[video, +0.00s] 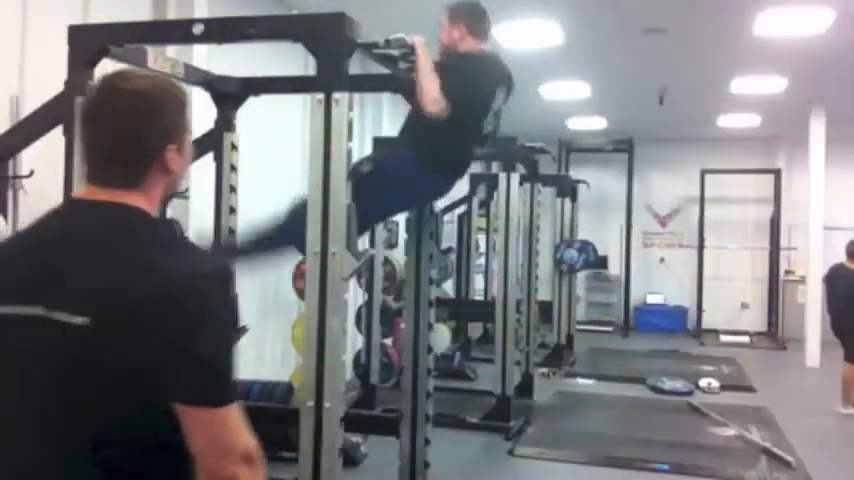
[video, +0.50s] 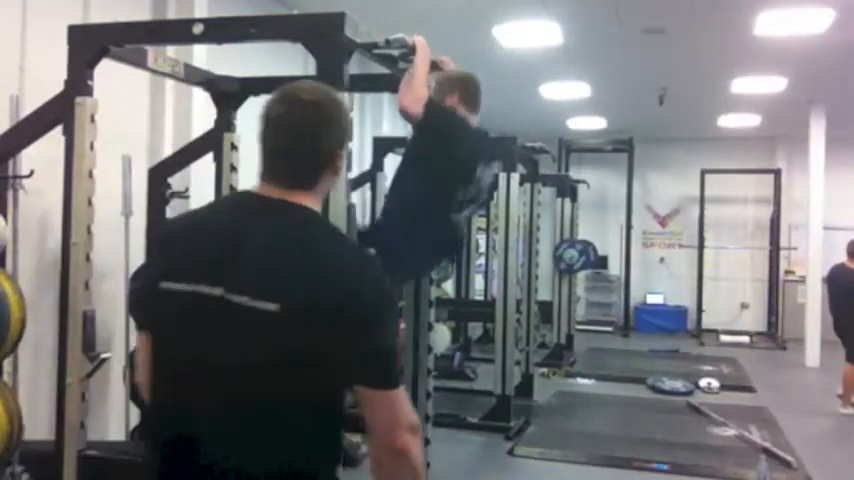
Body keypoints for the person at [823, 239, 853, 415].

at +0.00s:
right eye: (853, 252)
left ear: (846, 253)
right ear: (852, 253)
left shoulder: (834, 272)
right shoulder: (842, 273)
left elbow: (831, 305)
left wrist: (837, 325)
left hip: (840, 326)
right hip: (848, 326)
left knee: (849, 363)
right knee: (849, 363)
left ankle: (847, 402)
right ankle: (847, 403)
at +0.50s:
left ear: (847, 253)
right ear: (852, 253)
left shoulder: (835, 271)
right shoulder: (842, 273)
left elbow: (833, 303)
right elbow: (835, 304)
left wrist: (837, 318)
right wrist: (839, 319)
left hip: (840, 323)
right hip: (848, 324)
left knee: (849, 358)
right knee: (850, 361)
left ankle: (845, 389)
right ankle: (847, 401)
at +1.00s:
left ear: (848, 253)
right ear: (852, 254)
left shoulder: (836, 271)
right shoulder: (843, 272)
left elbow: (833, 302)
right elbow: (835, 303)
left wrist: (837, 318)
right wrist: (839, 319)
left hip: (841, 323)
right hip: (848, 324)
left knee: (850, 358)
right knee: (850, 360)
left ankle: (845, 389)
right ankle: (847, 400)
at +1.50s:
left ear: (848, 253)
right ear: (851, 255)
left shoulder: (836, 272)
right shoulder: (843, 273)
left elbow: (833, 304)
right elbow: (837, 305)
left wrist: (838, 321)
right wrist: (841, 324)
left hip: (840, 325)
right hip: (847, 326)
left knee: (849, 359)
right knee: (850, 361)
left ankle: (845, 389)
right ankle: (847, 401)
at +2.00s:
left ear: (849, 254)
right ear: (852, 255)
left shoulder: (835, 272)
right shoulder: (843, 273)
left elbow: (832, 302)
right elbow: (833, 303)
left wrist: (836, 319)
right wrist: (838, 320)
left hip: (839, 323)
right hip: (848, 324)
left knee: (850, 358)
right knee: (850, 361)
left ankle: (844, 389)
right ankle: (847, 401)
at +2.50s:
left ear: (849, 254)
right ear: (851, 255)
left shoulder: (834, 272)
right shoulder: (843, 273)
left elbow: (831, 304)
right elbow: (833, 305)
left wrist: (836, 319)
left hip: (839, 323)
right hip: (848, 324)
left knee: (849, 358)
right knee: (849, 361)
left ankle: (844, 388)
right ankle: (846, 402)